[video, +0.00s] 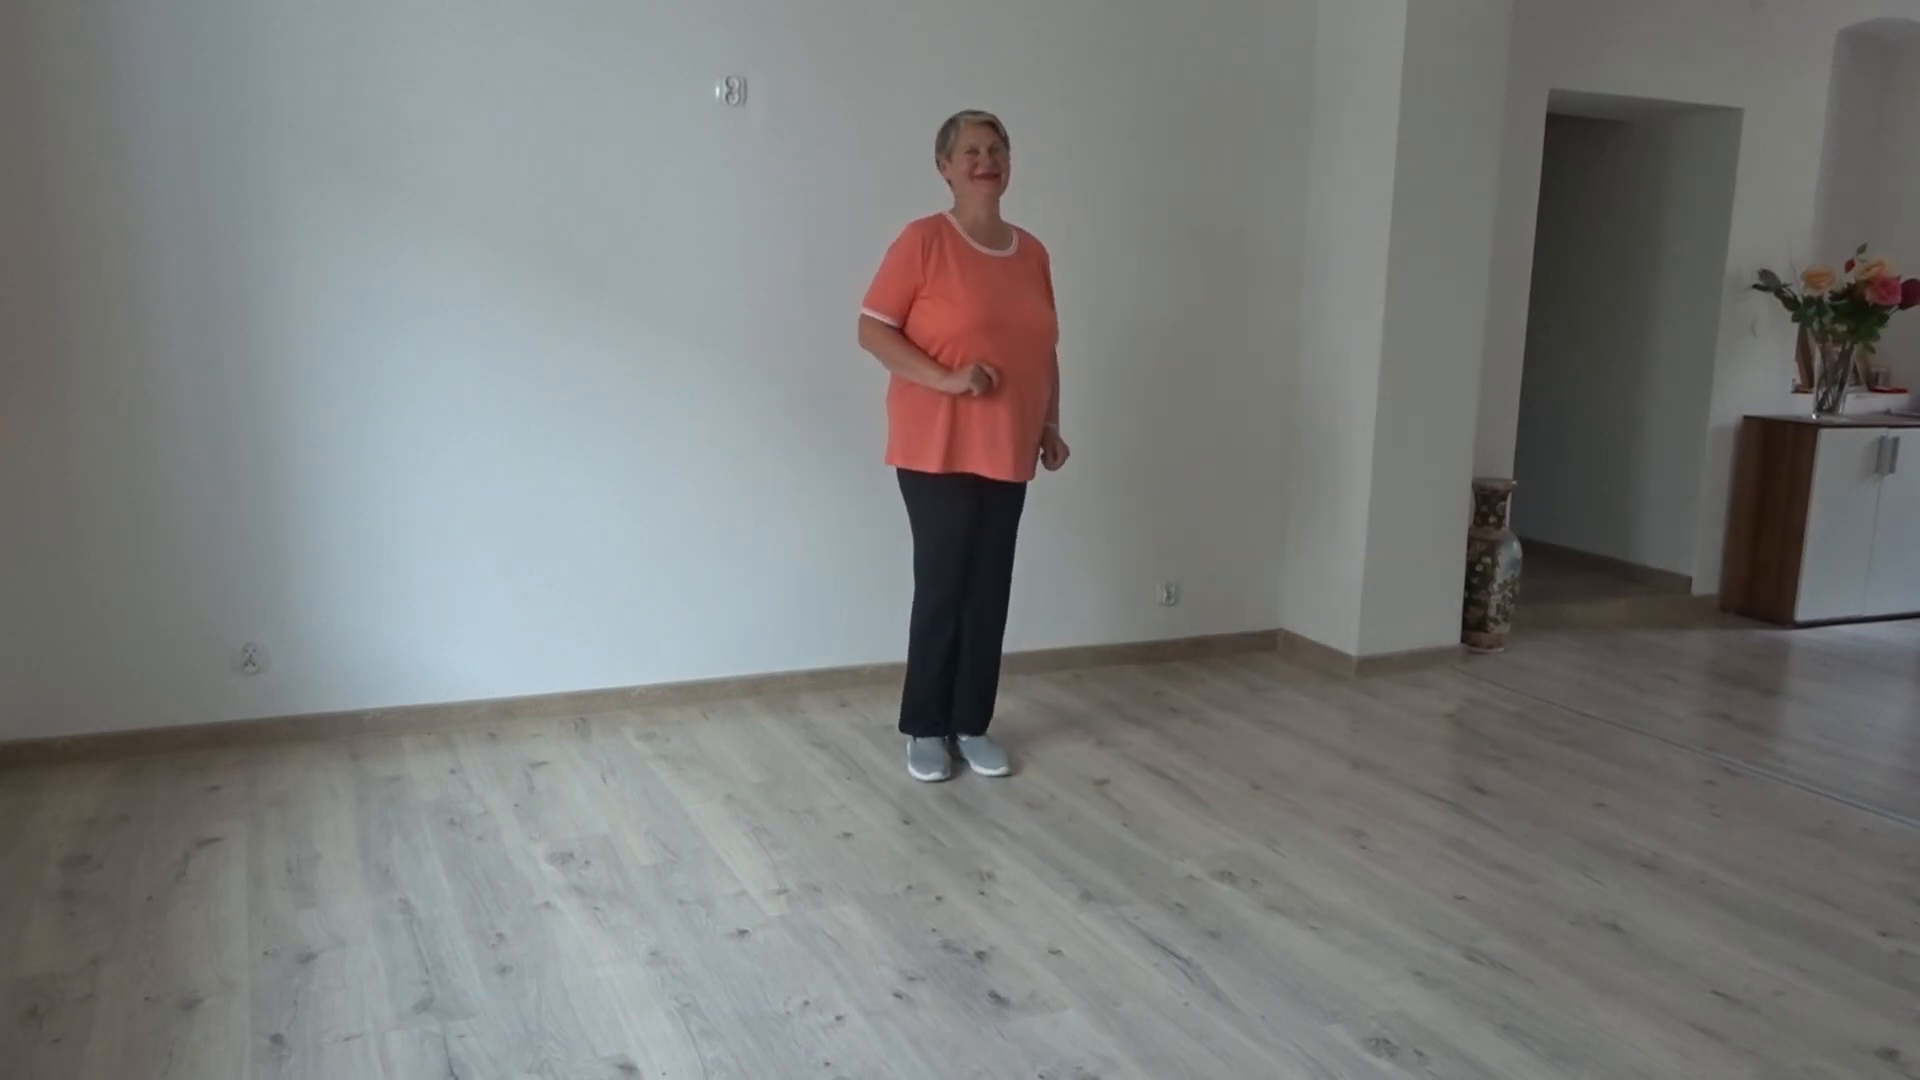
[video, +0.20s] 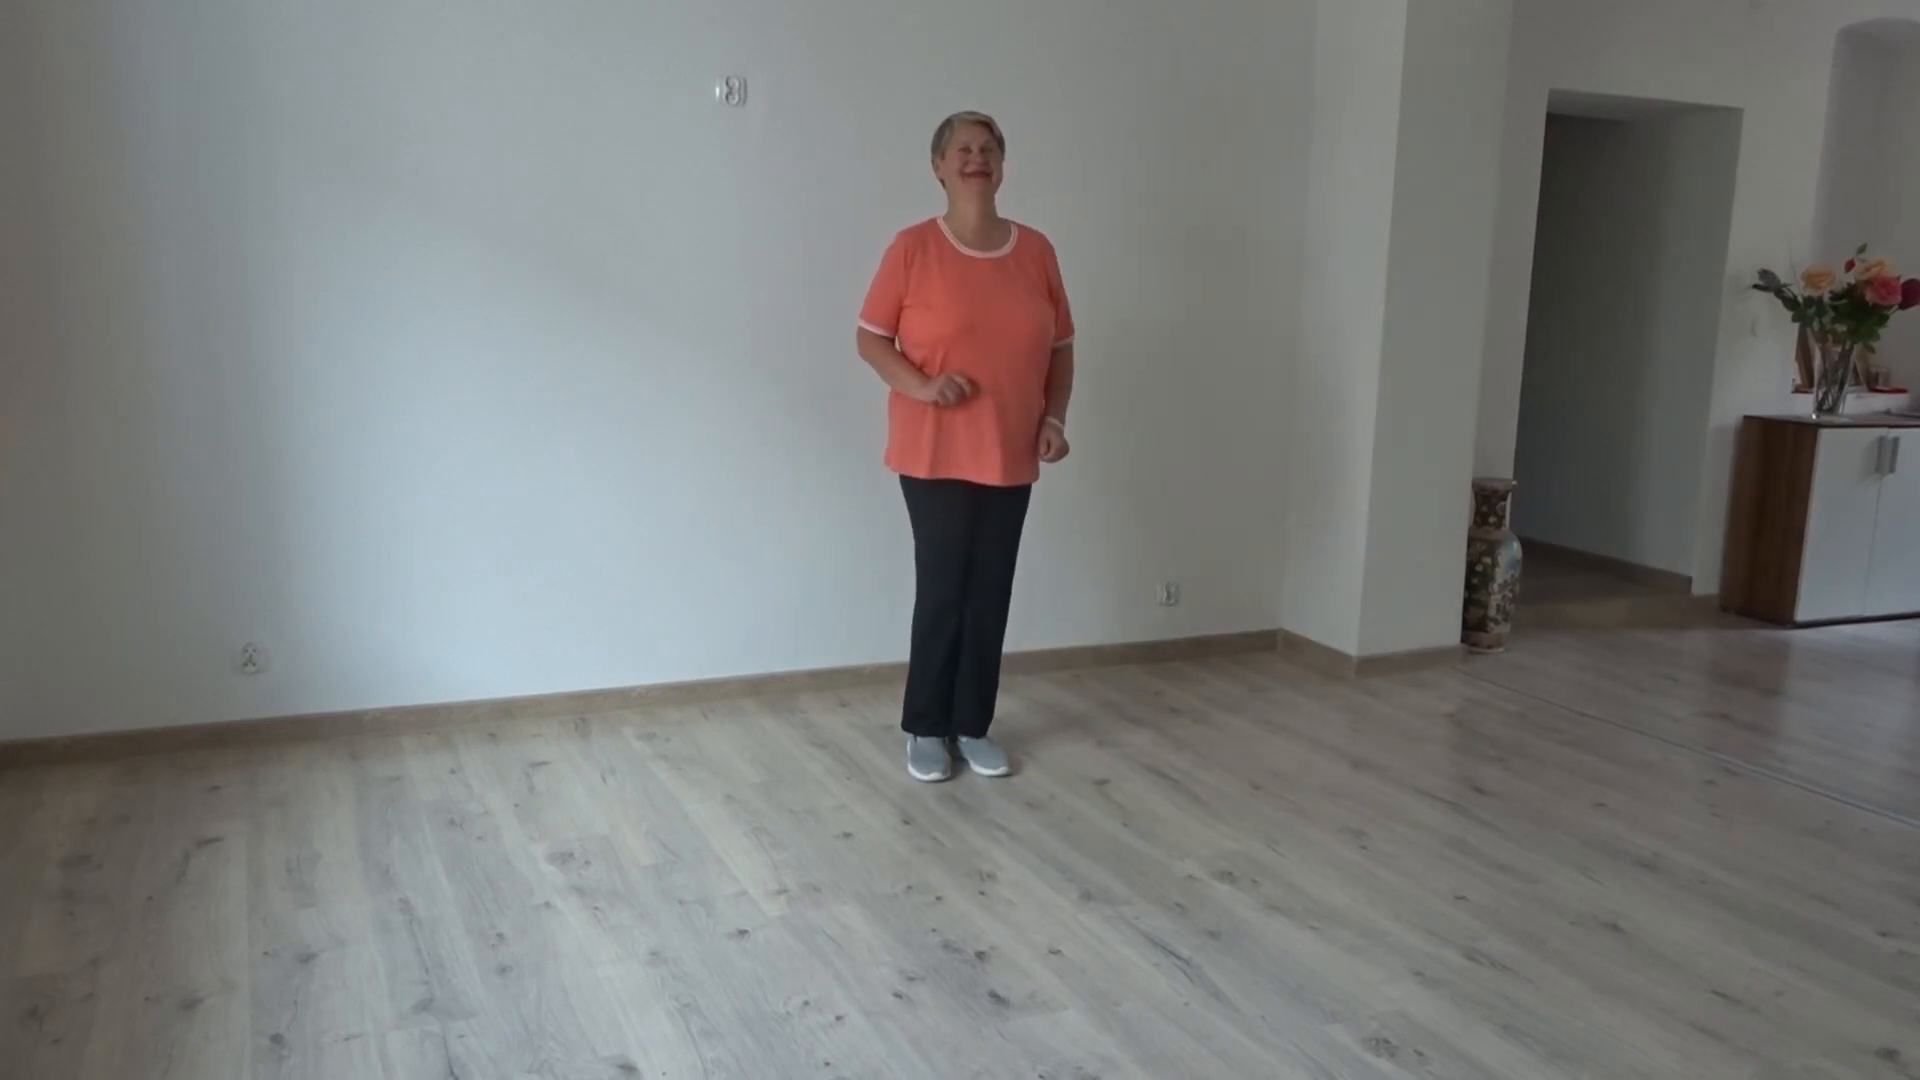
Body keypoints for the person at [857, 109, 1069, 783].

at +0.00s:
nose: (987, 160)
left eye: (995, 150)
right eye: (971, 152)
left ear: (1010, 164)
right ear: (946, 168)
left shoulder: (1031, 252)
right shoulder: (922, 242)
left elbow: (1045, 348)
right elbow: (873, 331)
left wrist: (1049, 422)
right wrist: (944, 379)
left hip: (1007, 455)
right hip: (937, 451)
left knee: (987, 595)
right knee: (942, 591)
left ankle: (969, 728)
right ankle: (925, 730)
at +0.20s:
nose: (979, 158)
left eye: (989, 149)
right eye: (965, 149)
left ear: (1003, 165)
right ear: (939, 167)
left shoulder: (1034, 250)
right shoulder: (913, 247)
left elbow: (1061, 344)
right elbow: (870, 338)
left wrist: (1054, 415)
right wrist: (920, 383)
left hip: (1010, 460)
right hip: (936, 457)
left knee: (989, 600)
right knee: (942, 597)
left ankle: (971, 730)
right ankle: (925, 730)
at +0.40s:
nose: (965, 155)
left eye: (977, 147)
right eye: (951, 147)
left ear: (996, 165)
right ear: (932, 166)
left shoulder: (1033, 245)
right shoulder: (906, 249)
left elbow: (1073, 339)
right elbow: (874, 337)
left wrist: (1044, 405)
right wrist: (897, 377)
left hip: (1008, 459)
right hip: (934, 458)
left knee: (989, 601)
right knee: (940, 597)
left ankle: (973, 728)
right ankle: (927, 730)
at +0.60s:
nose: (960, 163)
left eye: (973, 154)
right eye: (948, 153)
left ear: (994, 170)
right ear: (930, 168)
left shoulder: (1026, 246)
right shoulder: (907, 253)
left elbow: (1070, 340)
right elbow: (890, 340)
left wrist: (1022, 401)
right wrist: (882, 386)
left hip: (1007, 458)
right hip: (931, 458)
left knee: (987, 599)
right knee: (940, 596)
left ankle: (973, 730)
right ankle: (928, 731)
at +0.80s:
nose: (963, 160)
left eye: (977, 152)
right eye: (952, 150)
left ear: (997, 169)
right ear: (934, 165)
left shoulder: (1024, 241)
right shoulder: (910, 249)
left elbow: (1068, 336)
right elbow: (895, 333)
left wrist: (1002, 367)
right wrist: (864, 357)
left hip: (1009, 454)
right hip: (932, 453)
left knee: (986, 592)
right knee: (940, 591)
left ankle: (973, 729)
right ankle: (928, 730)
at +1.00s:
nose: (969, 164)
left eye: (984, 157)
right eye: (958, 152)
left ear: (1002, 174)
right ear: (939, 166)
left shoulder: (1027, 247)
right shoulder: (912, 249)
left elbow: (1068, 343)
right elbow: (894, 337)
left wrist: (1011, 378)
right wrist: (878, 360)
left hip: (1006, 459)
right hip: (930, 458)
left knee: (985, 595)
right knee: (938, 592)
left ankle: (972, 729)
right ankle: (928, 730)